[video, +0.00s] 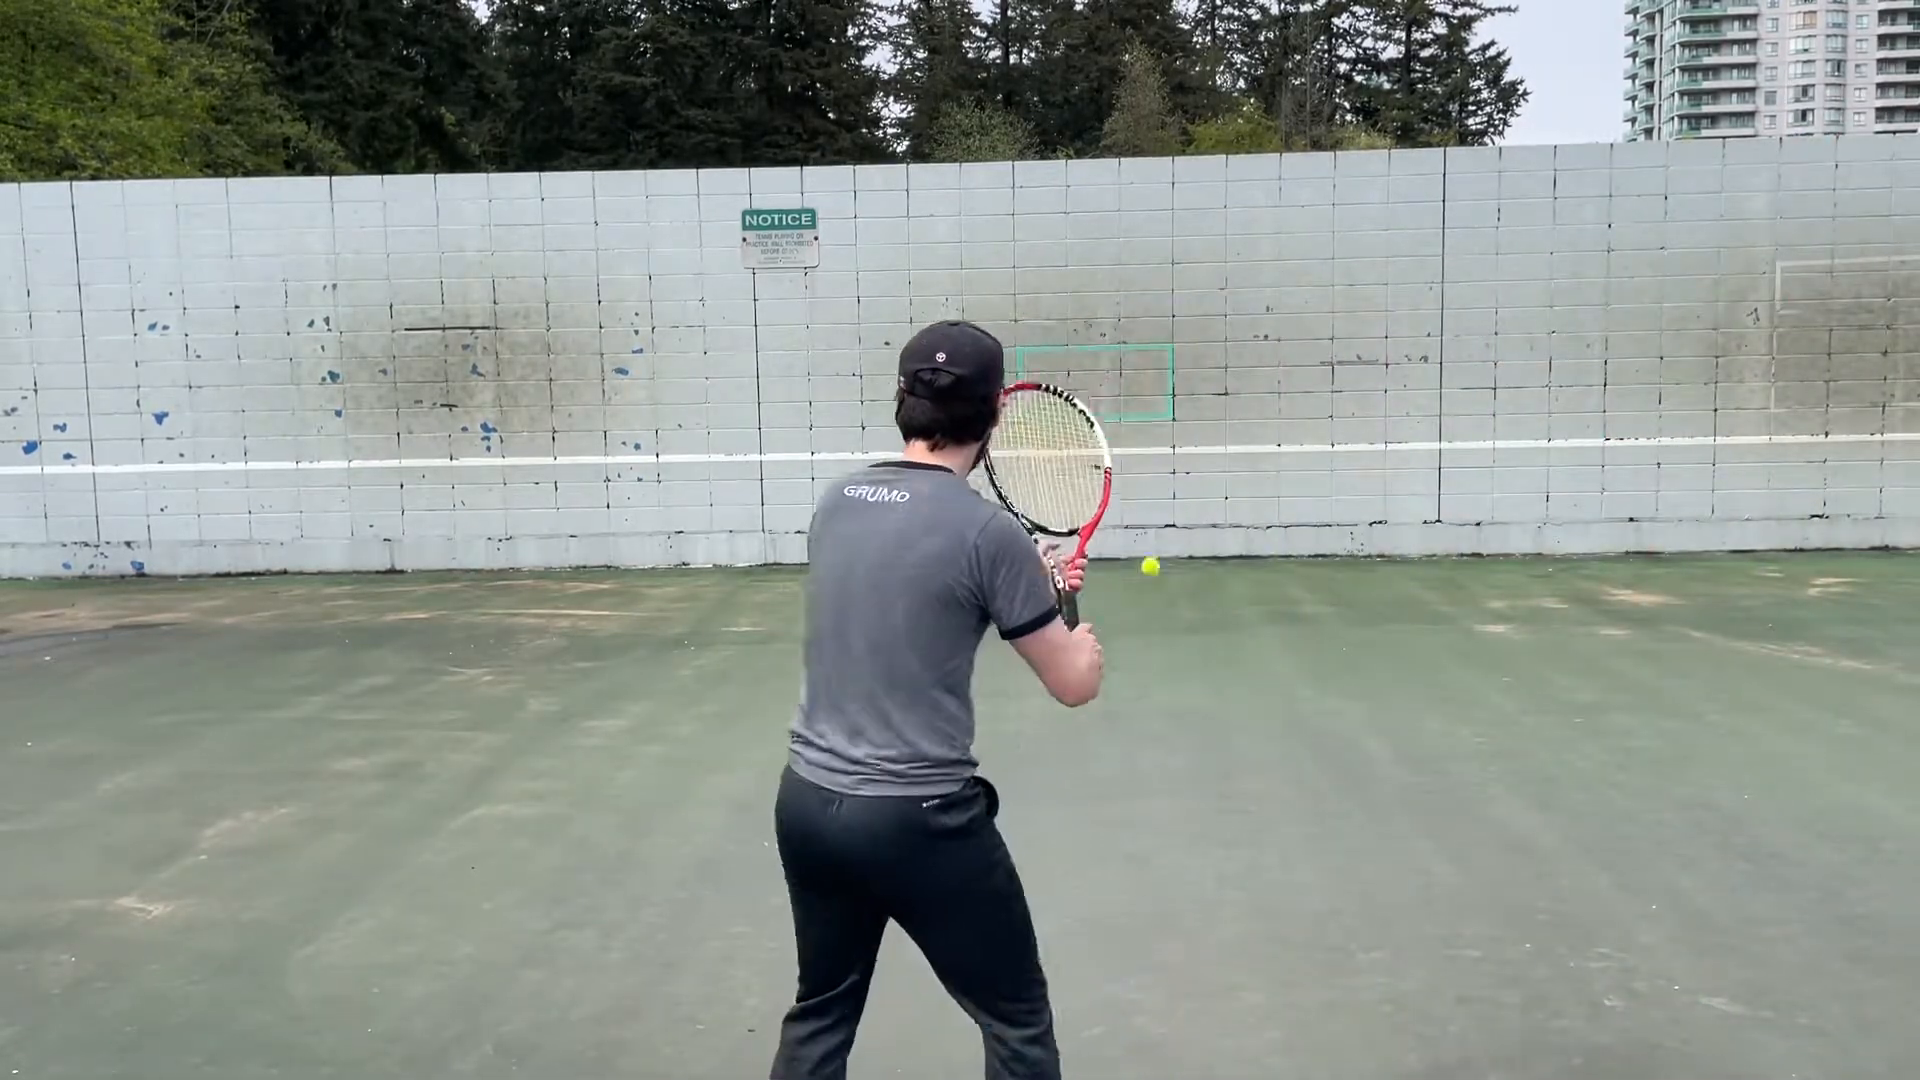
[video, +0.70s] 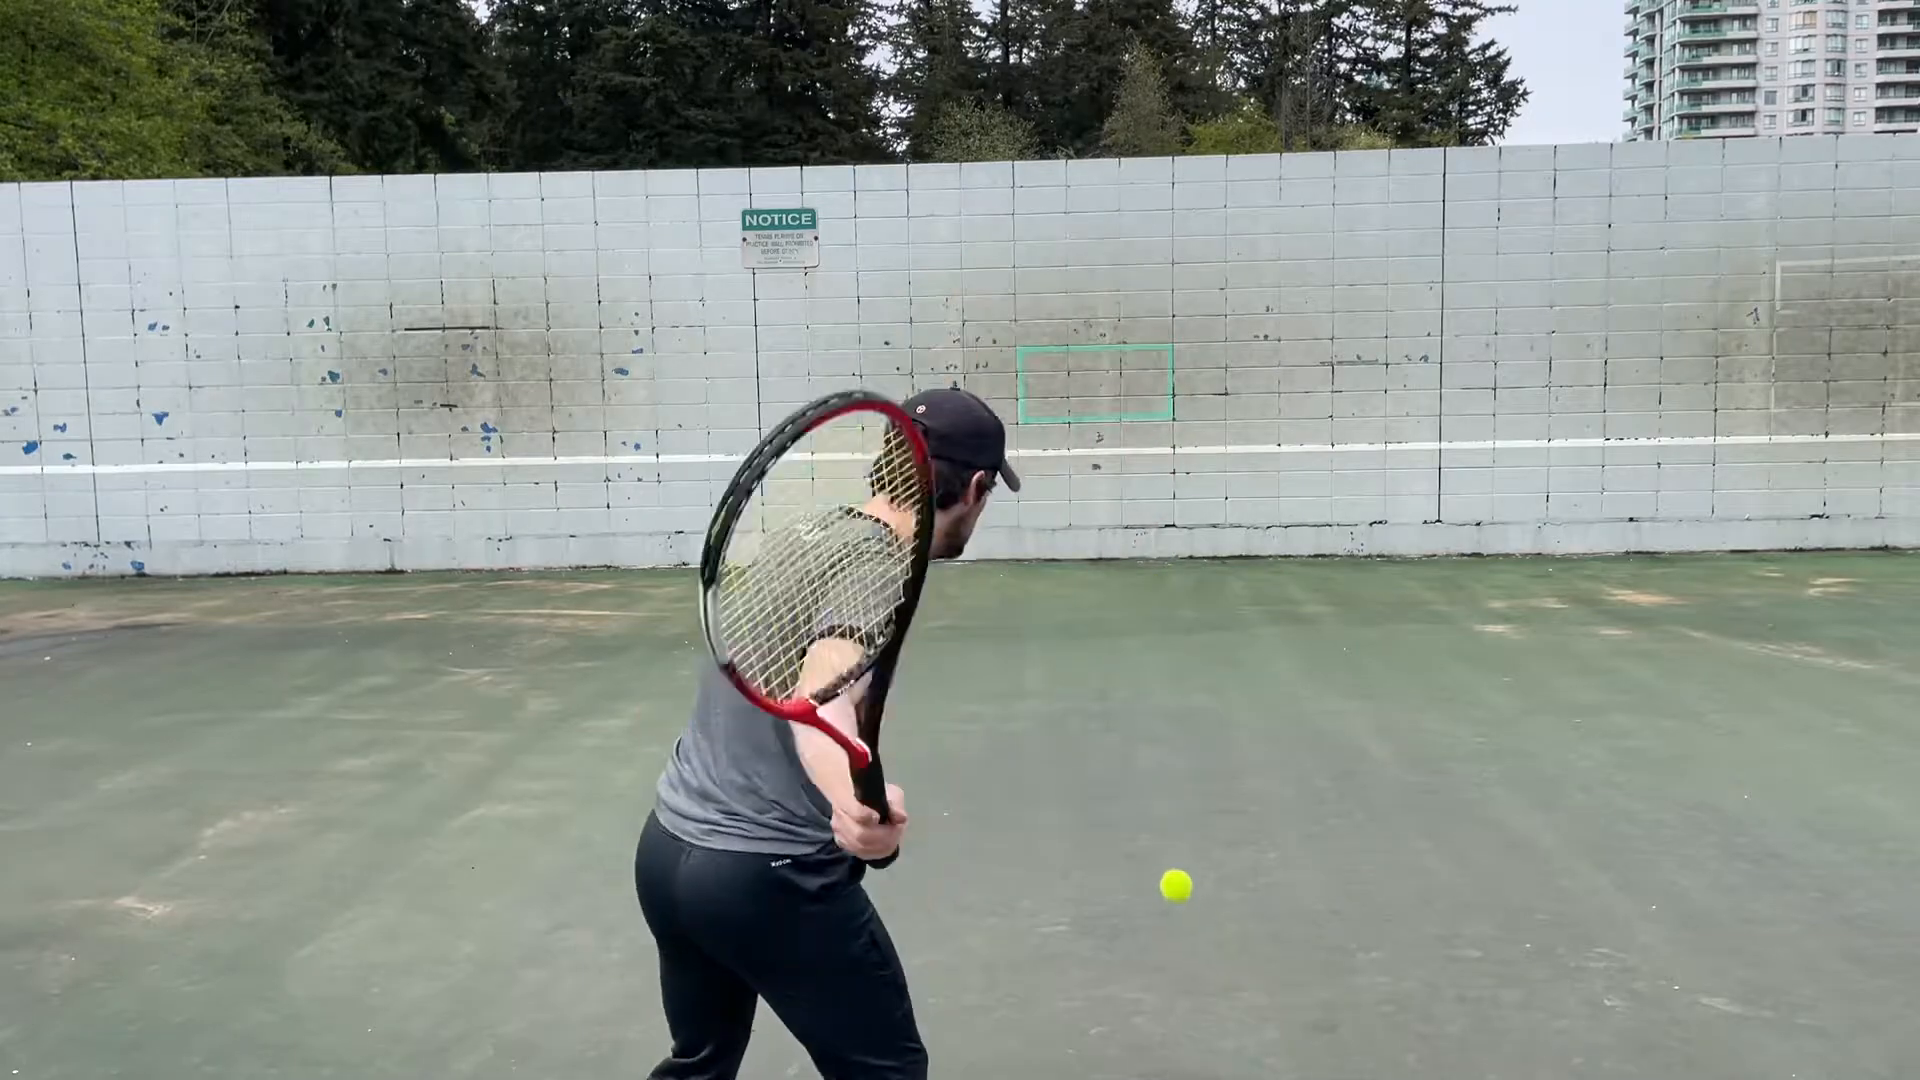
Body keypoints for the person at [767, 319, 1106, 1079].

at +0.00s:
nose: (999, 410)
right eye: (997, 398)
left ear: (902, 403)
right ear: (993, 413)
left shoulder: (839, 503)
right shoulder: (984, 530)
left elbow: (904, 609)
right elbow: (1076, 681)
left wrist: (1027, 580)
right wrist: (1073, 614)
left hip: (811, 808)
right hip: (926, 823)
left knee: (821, 1008)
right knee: (1017, 1023)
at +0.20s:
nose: (959, 385)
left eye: (956, 372)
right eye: (959, 373)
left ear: (861, 380)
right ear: (950, 387)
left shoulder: (803, 474)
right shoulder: (916, 501)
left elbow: (923, 582)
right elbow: (999, 649)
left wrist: (1056, 552)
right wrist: (1101, 619)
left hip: (750, 780)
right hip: (849, 802)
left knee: (760, 1001)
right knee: (909, 1028)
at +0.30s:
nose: (940, 412)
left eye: (938, 398)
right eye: (941, 398)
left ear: (842, 402)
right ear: (928, 409)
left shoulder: (791, 495)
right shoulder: (860, 511)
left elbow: (931, 588)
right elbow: (930, 647)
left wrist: (1062, 563)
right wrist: (1076, 598)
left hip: (726, 805)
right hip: (812, 823)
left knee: (728, 1026)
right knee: (903, 1047)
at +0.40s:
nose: (929, 449)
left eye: (930, 433)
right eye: (930, 433)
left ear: (832, 430)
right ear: (916, 443)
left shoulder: (789, 514)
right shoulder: (822, 528)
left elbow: (895, 609)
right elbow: (828, 642)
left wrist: (1011, 620)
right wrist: (998, 596)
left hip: (686, 826)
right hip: (768, 846)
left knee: (688, 1054)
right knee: (913, 1037)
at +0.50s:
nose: (942, 475)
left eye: (945, 459)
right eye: (945, 458)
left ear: (847, 445)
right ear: (930, 463)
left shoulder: (791, 523)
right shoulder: (823, 539)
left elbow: (880, 633)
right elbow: (753, 637)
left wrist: (987, 679)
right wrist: (906, 602)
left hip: (666, 836)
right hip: (753, 852)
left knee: (684, 1060)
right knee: (892, 1045)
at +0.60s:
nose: (966, 506)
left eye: (973, 486)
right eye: (967, 486)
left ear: (869, 469)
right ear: (937, 487)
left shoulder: (800, 533)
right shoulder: (846, 554)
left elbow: (843, 642)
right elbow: (754, 647)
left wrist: (901, 709)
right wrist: (848, 661)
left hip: (664, 845)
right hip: (753, 866)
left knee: (694, 1057)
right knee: (875, 1063)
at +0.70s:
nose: (983, 512)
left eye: (989, 493)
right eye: (987, 493)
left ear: (895, 465)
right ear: (971, 489)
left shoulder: (799, 533)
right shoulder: (879, 556)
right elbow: (822, 696)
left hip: (674, 856)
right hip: (775, 881)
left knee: (699, 1061)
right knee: (889, 1065)